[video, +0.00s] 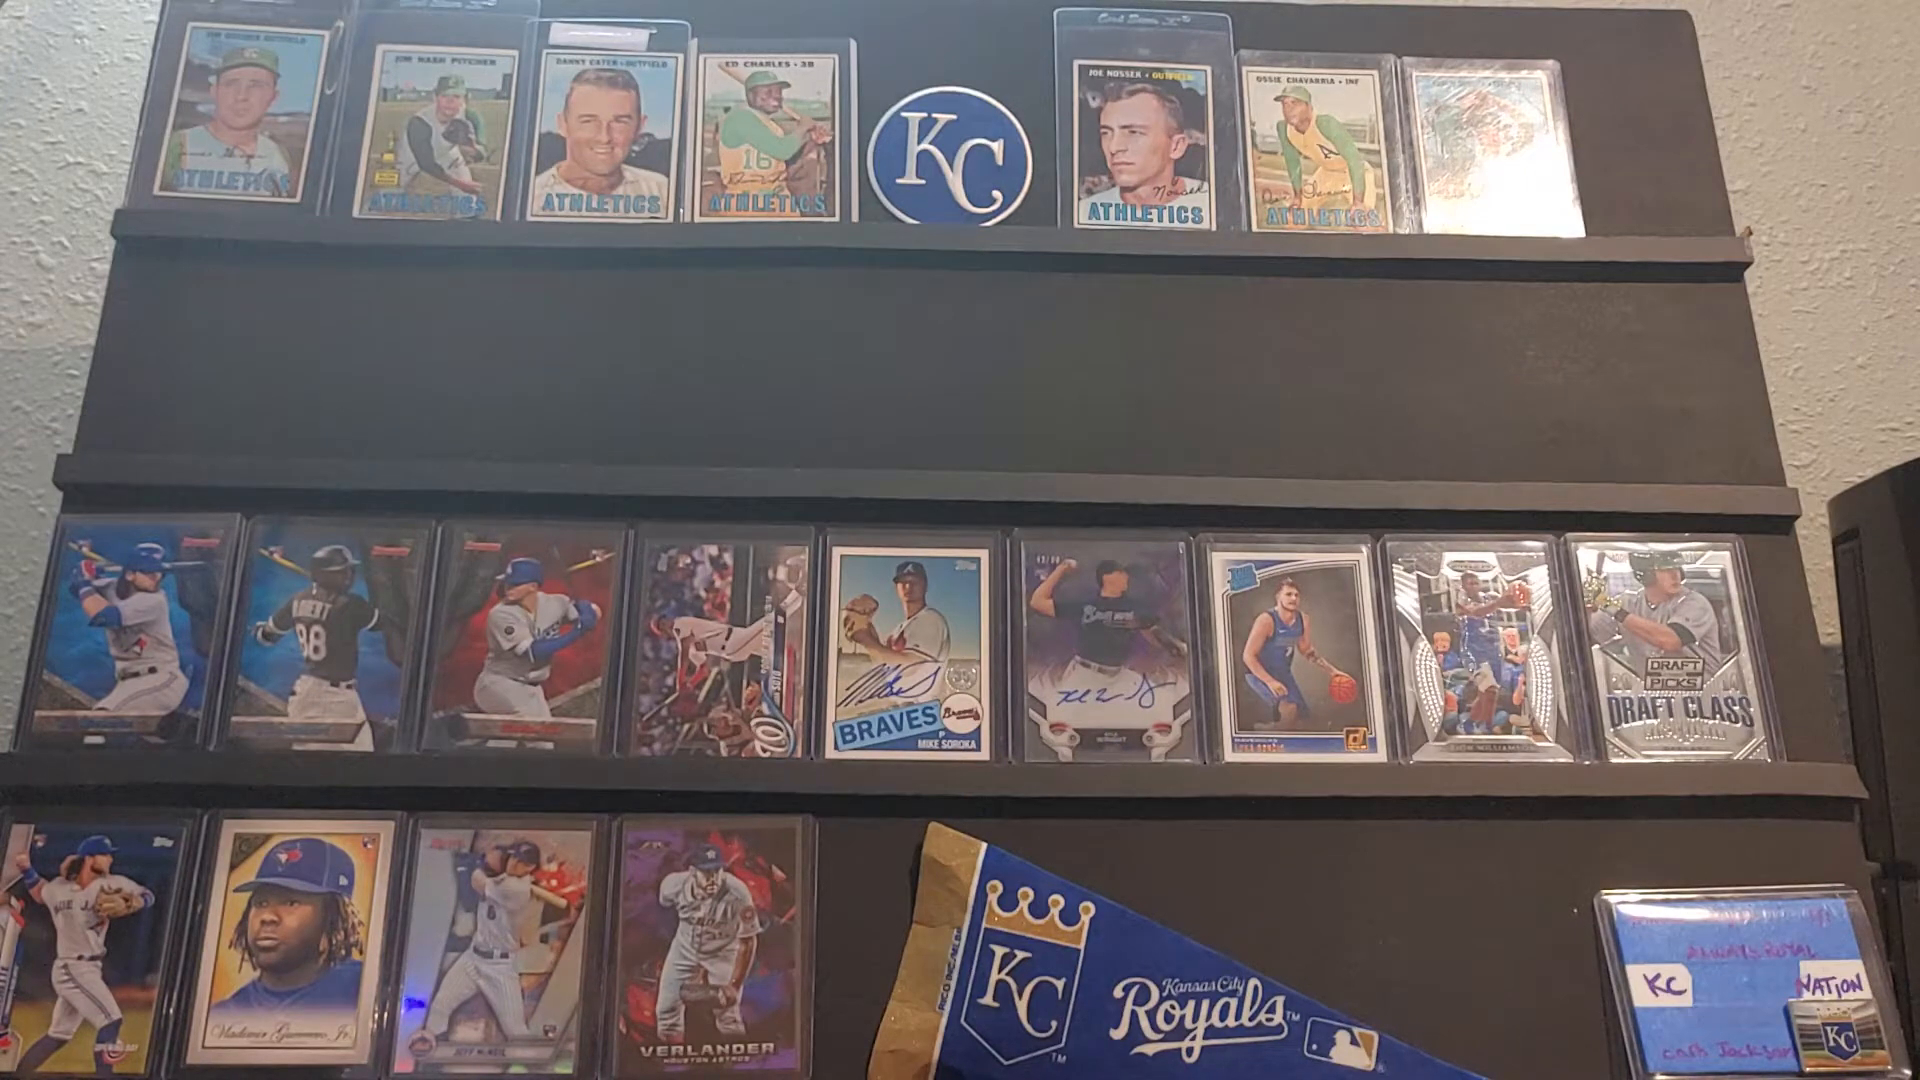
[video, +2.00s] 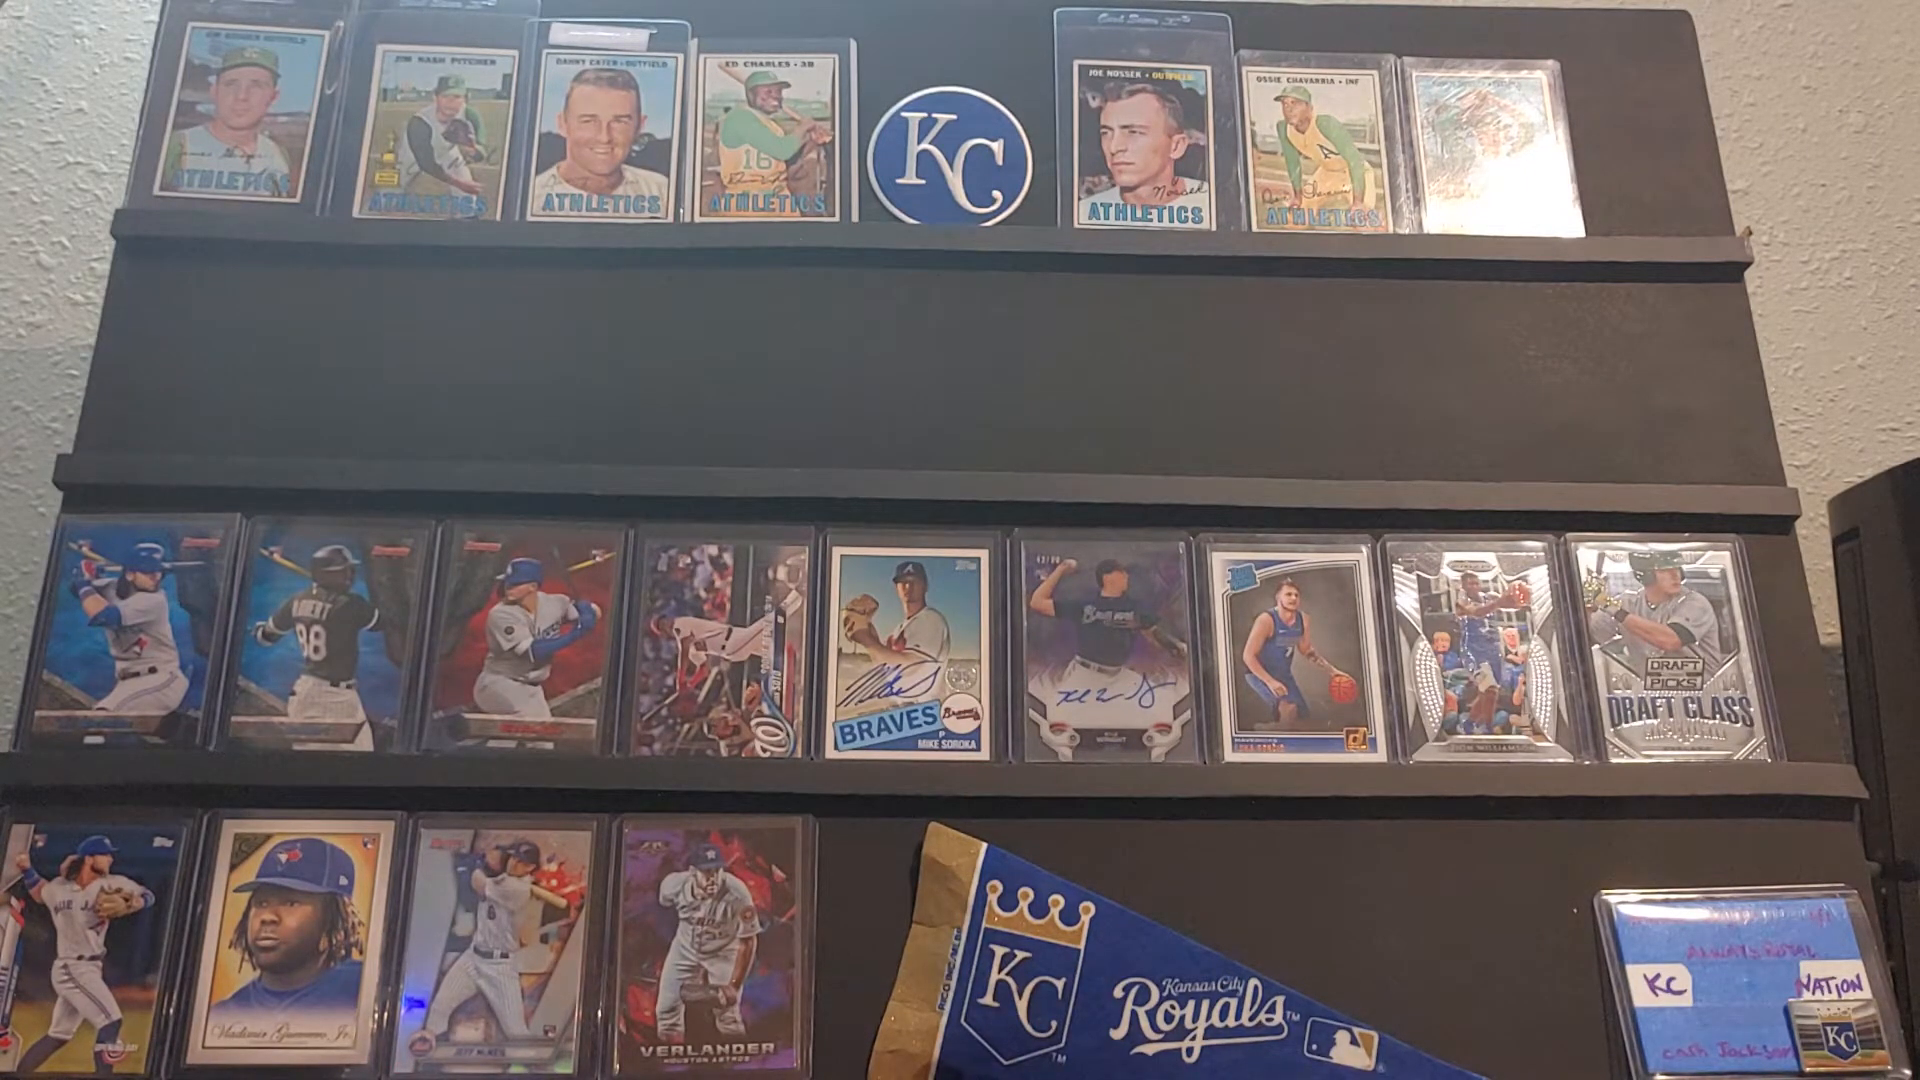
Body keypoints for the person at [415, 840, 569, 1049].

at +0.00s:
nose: (514, 865)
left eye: (521, 863)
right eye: (513, 859)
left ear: (531, 868)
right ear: (509, 858)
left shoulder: (517, 890)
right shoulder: (502, 879)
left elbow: (477, 881)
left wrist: (485, 866)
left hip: (501, 965)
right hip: (473, 957)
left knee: (515, 1030)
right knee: (441, 1004)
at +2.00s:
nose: (514, 863)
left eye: (521, 861)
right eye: (514, 858)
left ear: (530, 868)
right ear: (510, 859)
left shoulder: (518, 889)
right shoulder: (502, 879)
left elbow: (478, 883)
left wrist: (480, 867)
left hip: (500, 965)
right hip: (473, 958)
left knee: (516, 1030)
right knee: (439, 1007)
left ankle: (536, 1069)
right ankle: (424, 1065)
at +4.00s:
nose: (515, 864)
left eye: (522, 862)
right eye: (514, 858)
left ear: (531, 869)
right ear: (509, 858)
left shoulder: (518, 889)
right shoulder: (500, 879)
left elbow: (477, 881)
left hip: (501, 966)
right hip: (472, 958)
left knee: (515, 1030)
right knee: (440, 1005)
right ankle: (424, 1065)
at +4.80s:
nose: (515, 864)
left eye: (522, 862)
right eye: (514, 858)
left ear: (531, 868)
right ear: (509, 858)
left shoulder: (517, 889)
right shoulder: (502, 879)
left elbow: (478, 882)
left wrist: (481, 867)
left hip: (500, 966)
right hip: (473, 958)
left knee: (516, 1031)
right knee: (440, 1006)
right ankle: (425, 1066)